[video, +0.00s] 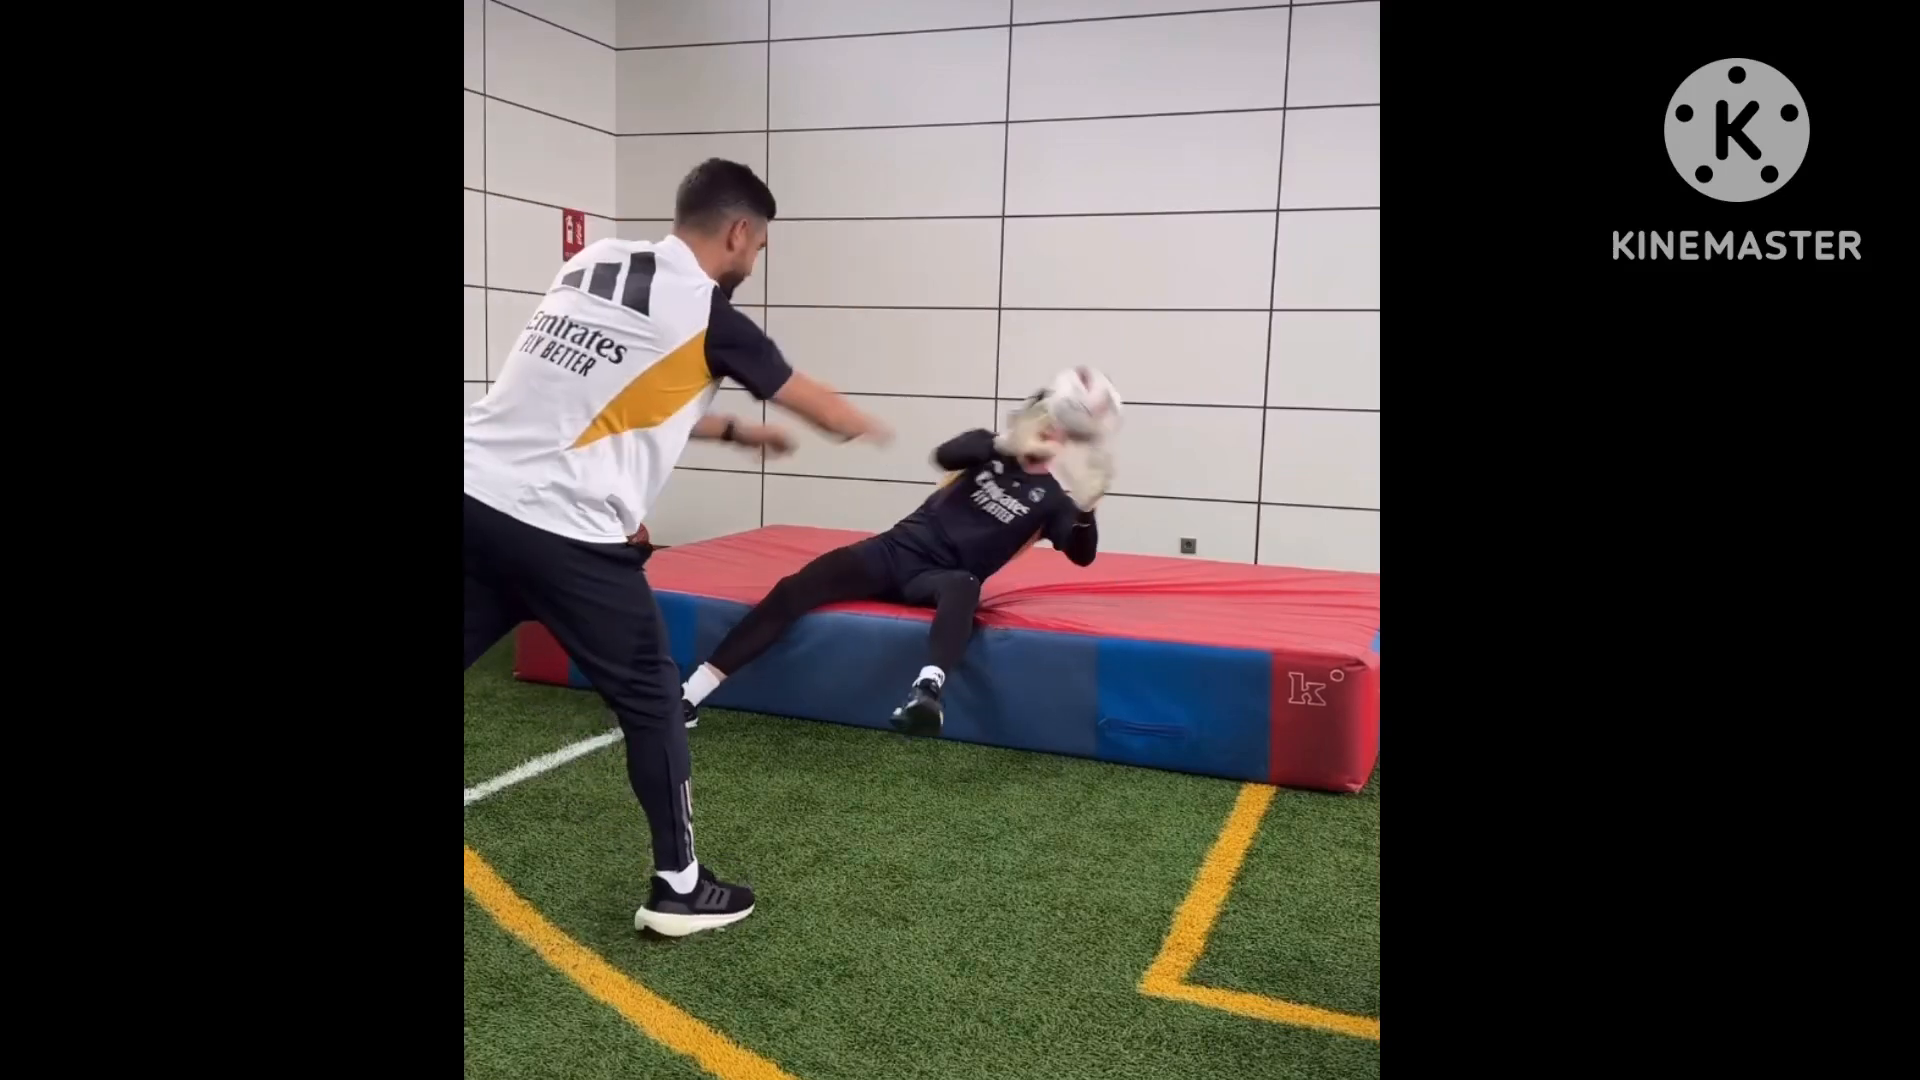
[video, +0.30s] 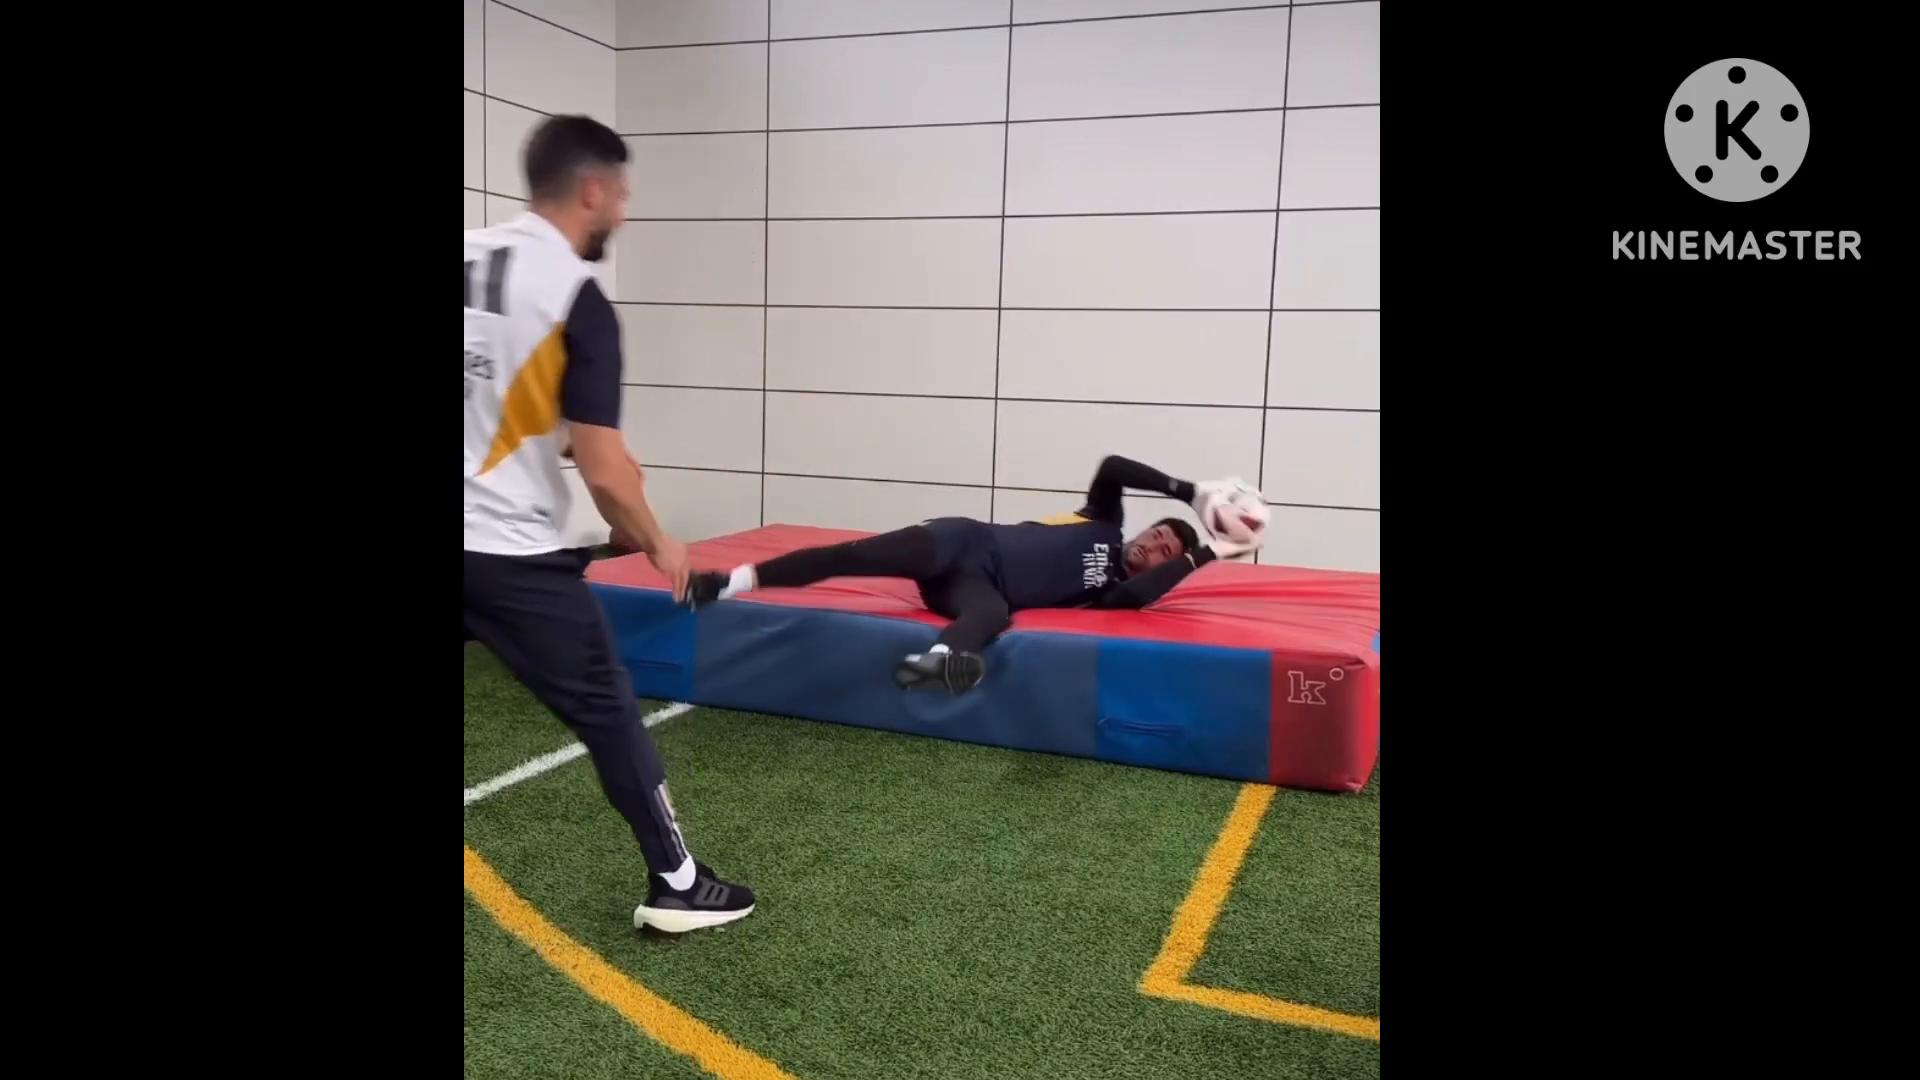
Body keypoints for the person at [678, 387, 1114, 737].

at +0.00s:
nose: (1046, 437)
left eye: (1058, 434)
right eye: (1042, 426)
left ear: (1068, 445)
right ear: (1026, 425)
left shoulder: (1054, 499)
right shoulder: (990, 449)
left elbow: (1082, 556)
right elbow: (943, 455)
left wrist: (1087, 505)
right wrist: (1007, 446)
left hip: (939, 574)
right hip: (895, 548)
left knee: (964, 586)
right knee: (793, 589)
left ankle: (927, 692)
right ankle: (689, 696)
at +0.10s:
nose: (1083, 471)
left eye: (1092, 472)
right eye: (1085, 463)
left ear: (1095, 487)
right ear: (1072, 460)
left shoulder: (1074, 529)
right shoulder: (1035, 474)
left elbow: (1097, 564)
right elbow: (1022, 441)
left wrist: (1127, 512)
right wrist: (1081, 443)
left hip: (953, 579)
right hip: (915, 544)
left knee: (971, 600)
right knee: (811, 593)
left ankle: (927, 685)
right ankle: (705, 678)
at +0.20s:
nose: (1130, 514)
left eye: (1142, 517)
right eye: (1131, 503)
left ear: (1145, 536)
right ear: (1114, 498)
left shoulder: (1107, 571)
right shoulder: (1073, 506)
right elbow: (1074, 449)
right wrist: (1144, 456)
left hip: (967, 586)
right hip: (942, 542)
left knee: (983, 611)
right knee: (844, 577)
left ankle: (931, 680)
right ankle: (718, 638)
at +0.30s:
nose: (1160, 549)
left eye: (1172, 553)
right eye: (1161, 537)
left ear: (1165, 570)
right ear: (1142, 526)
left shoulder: (1115, 588)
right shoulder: (1098, 522)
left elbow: (1149, 591)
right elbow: (1117, 468)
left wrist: (1212, 552)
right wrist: (1192, 492)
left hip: (986, 586)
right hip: (967, 539)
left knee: (986, 620)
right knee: (860, 554)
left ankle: (941, 664)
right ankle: (729, 582)